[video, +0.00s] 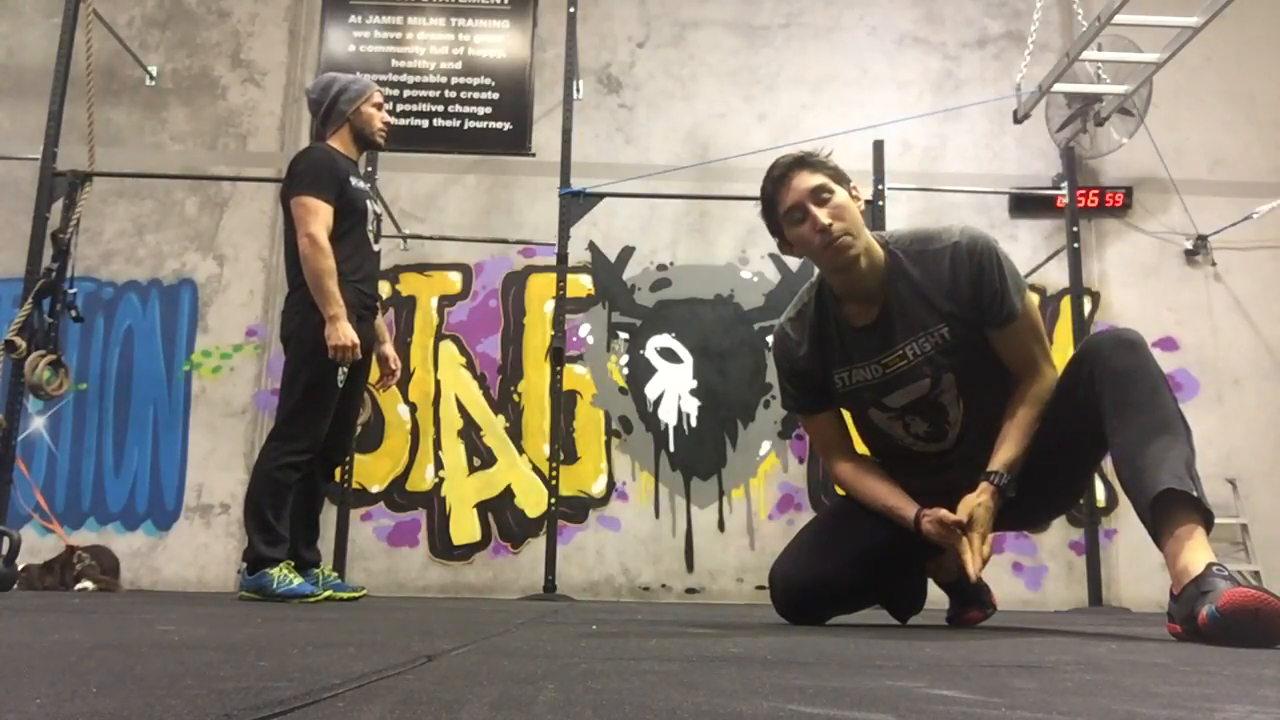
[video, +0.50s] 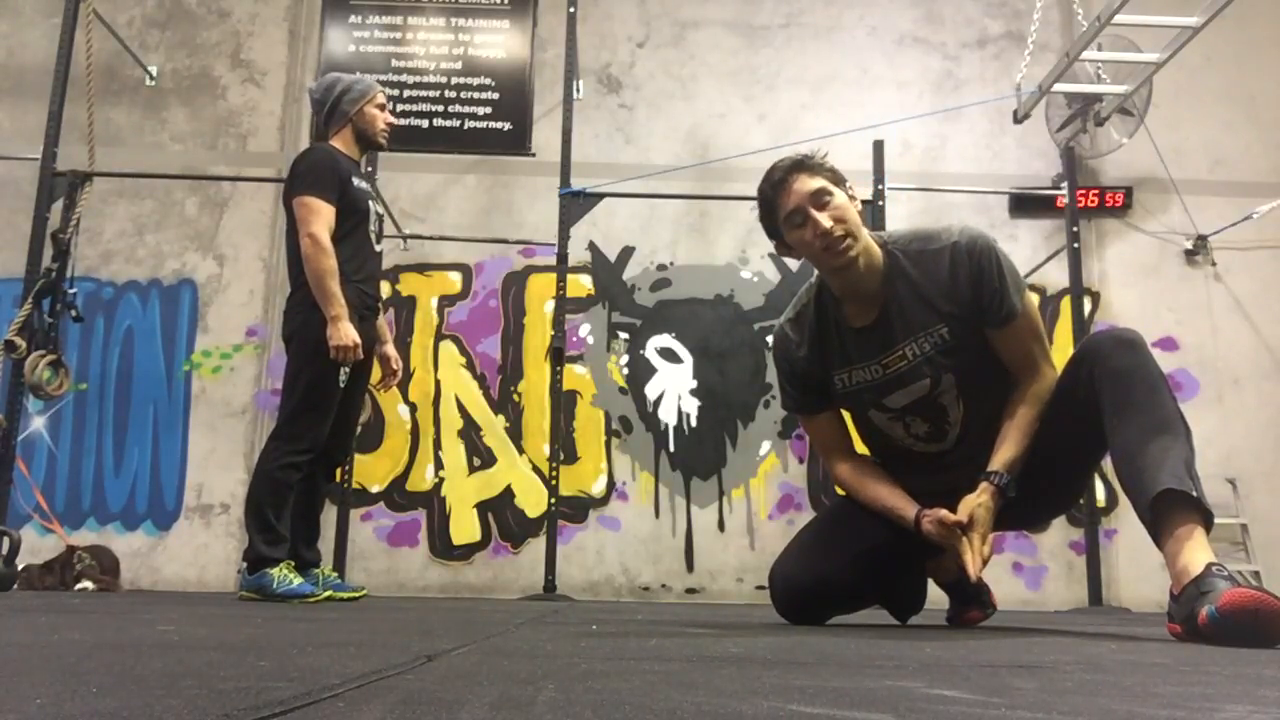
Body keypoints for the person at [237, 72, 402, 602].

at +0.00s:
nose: (387, 117)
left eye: (385, 108)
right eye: (378, 107)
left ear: (357, 116)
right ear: (346, 112)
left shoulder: (353, 175)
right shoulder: (316, 163)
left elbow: (359, 265)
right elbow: (312, 242)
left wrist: (380, 335)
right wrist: (335, 317)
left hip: (348, 327)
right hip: (319, 323)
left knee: (324, 450)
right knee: (296, 441)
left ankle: (302, 564)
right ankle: (262, 566)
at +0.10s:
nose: (388, 117)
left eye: (386, 108)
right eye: (378, 108)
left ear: (357, 116)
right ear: (346, 112)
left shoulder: (354, 175)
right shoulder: (317, 162)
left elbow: (360, 266)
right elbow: (312, 242)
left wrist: (380, 335)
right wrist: (336, 317)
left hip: (349, 327)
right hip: (319, 322)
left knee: (324, 450)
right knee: (295, 441)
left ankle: (302, 564)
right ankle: (263, 566)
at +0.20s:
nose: (388, 117)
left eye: (387, 109)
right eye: (379, 108)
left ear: (359, 117)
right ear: (347, 112)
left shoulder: (354, 175)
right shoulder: (317, 162)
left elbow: (361, 267)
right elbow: (312, 241)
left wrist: (381, 336)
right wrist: (336, 317)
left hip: (349, 327)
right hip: (319, 322)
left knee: (324, 450)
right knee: (296, 440)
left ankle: (302, 564)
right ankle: (263, 566)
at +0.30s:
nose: (389, 117)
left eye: (388, 109)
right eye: (379, 108)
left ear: (362, 117)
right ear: (347, 112)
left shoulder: (355, 176)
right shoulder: (318, 162)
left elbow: (361, 268)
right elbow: (313, 241)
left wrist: (382, 337)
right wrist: (337, 317)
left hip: (349, 327)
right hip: (319, 323)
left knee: (324, 450)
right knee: (296, 441)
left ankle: (302, 564)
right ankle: (263, 566)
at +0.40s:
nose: (389, 117)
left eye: (388, 109)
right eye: (380, 108)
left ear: (362, 117)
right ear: (348, 112)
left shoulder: (355, 176)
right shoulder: (319, 162)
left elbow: (361, 268)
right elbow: (313, 241)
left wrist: (382, 337)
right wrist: (337, 317)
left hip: (350, 328)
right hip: (320, 323)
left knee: (325, 450)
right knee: (296, 441)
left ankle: (303, 563)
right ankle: (263, 566)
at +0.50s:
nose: (390, 117)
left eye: (389, 109)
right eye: (380, 108)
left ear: (362, 117)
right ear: (348, 113)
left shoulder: (356, 175)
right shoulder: (319, 162)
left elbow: (362, 268)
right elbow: (314, 241)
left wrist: (382, 337)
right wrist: (337, 317)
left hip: (351, 328)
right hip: (320, 323)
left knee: (325, 450)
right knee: (297, 441)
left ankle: (302, 563)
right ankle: (262, 566)